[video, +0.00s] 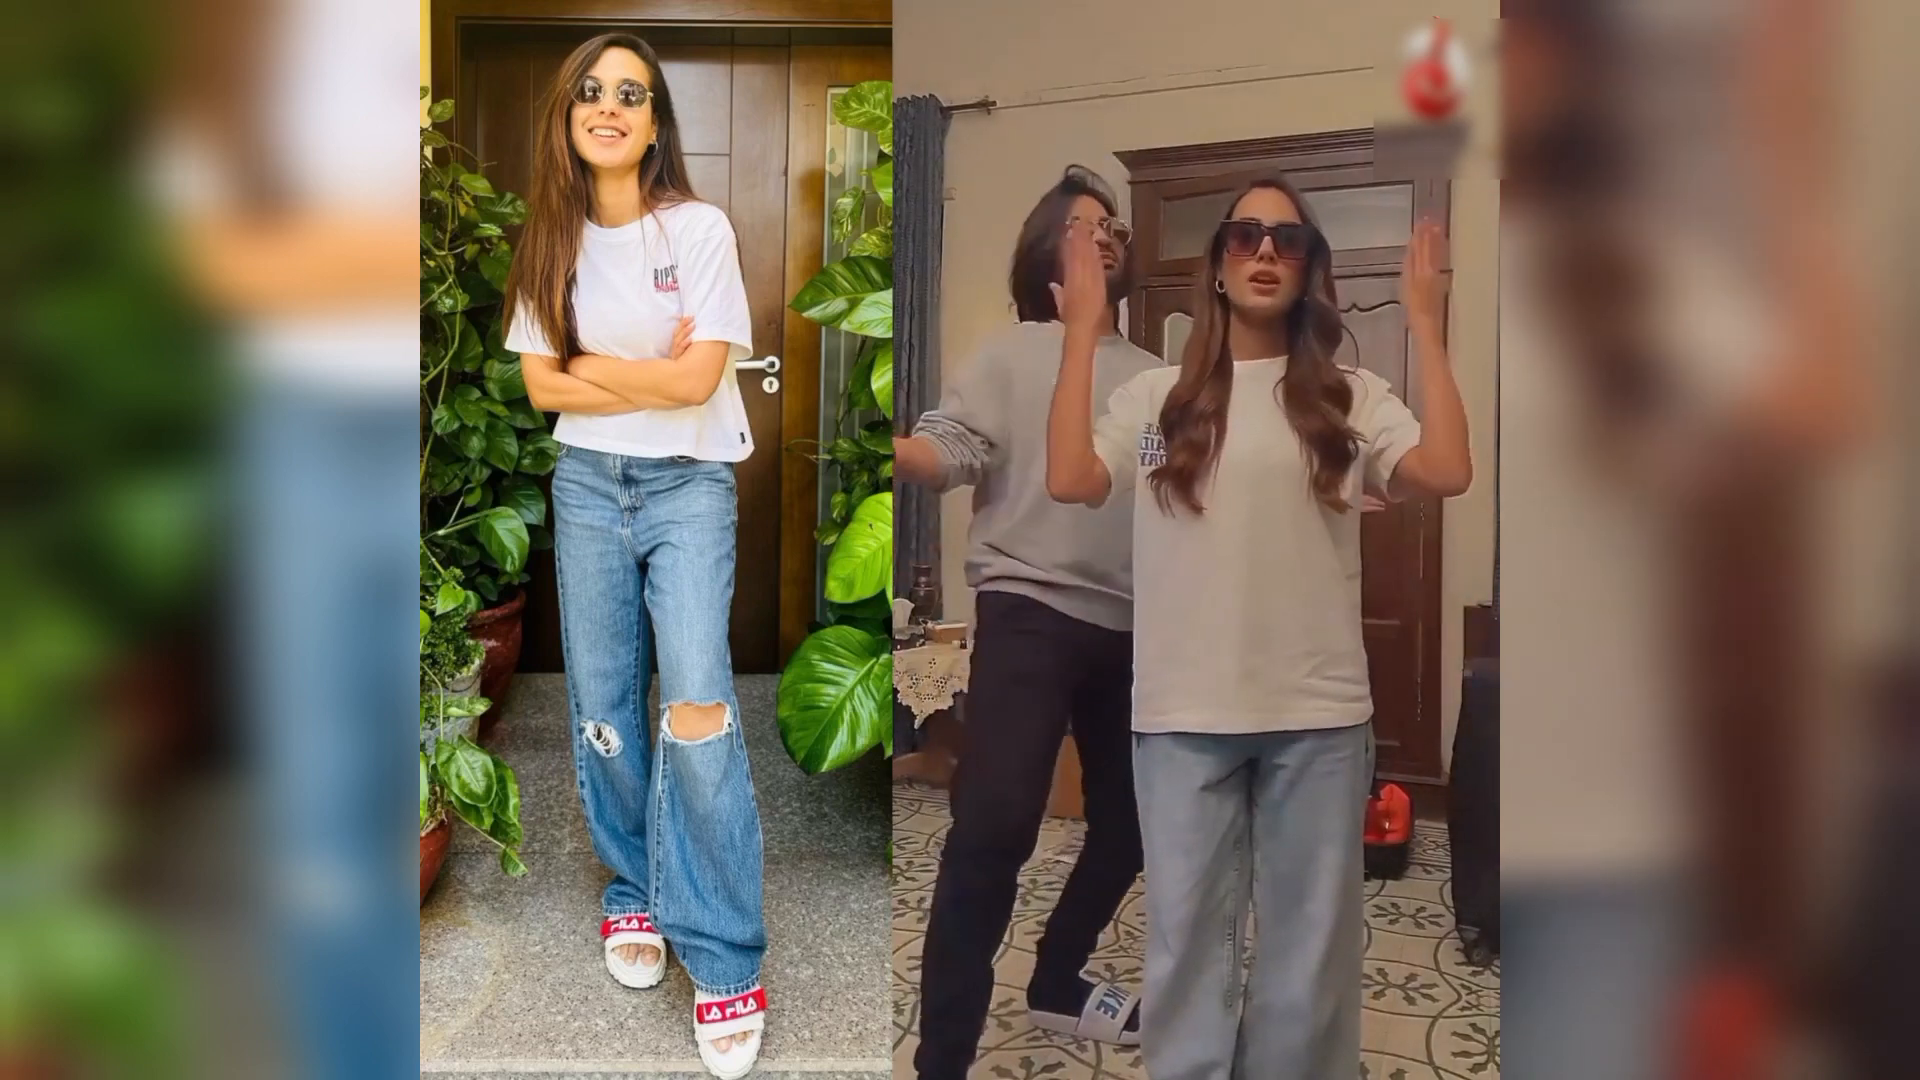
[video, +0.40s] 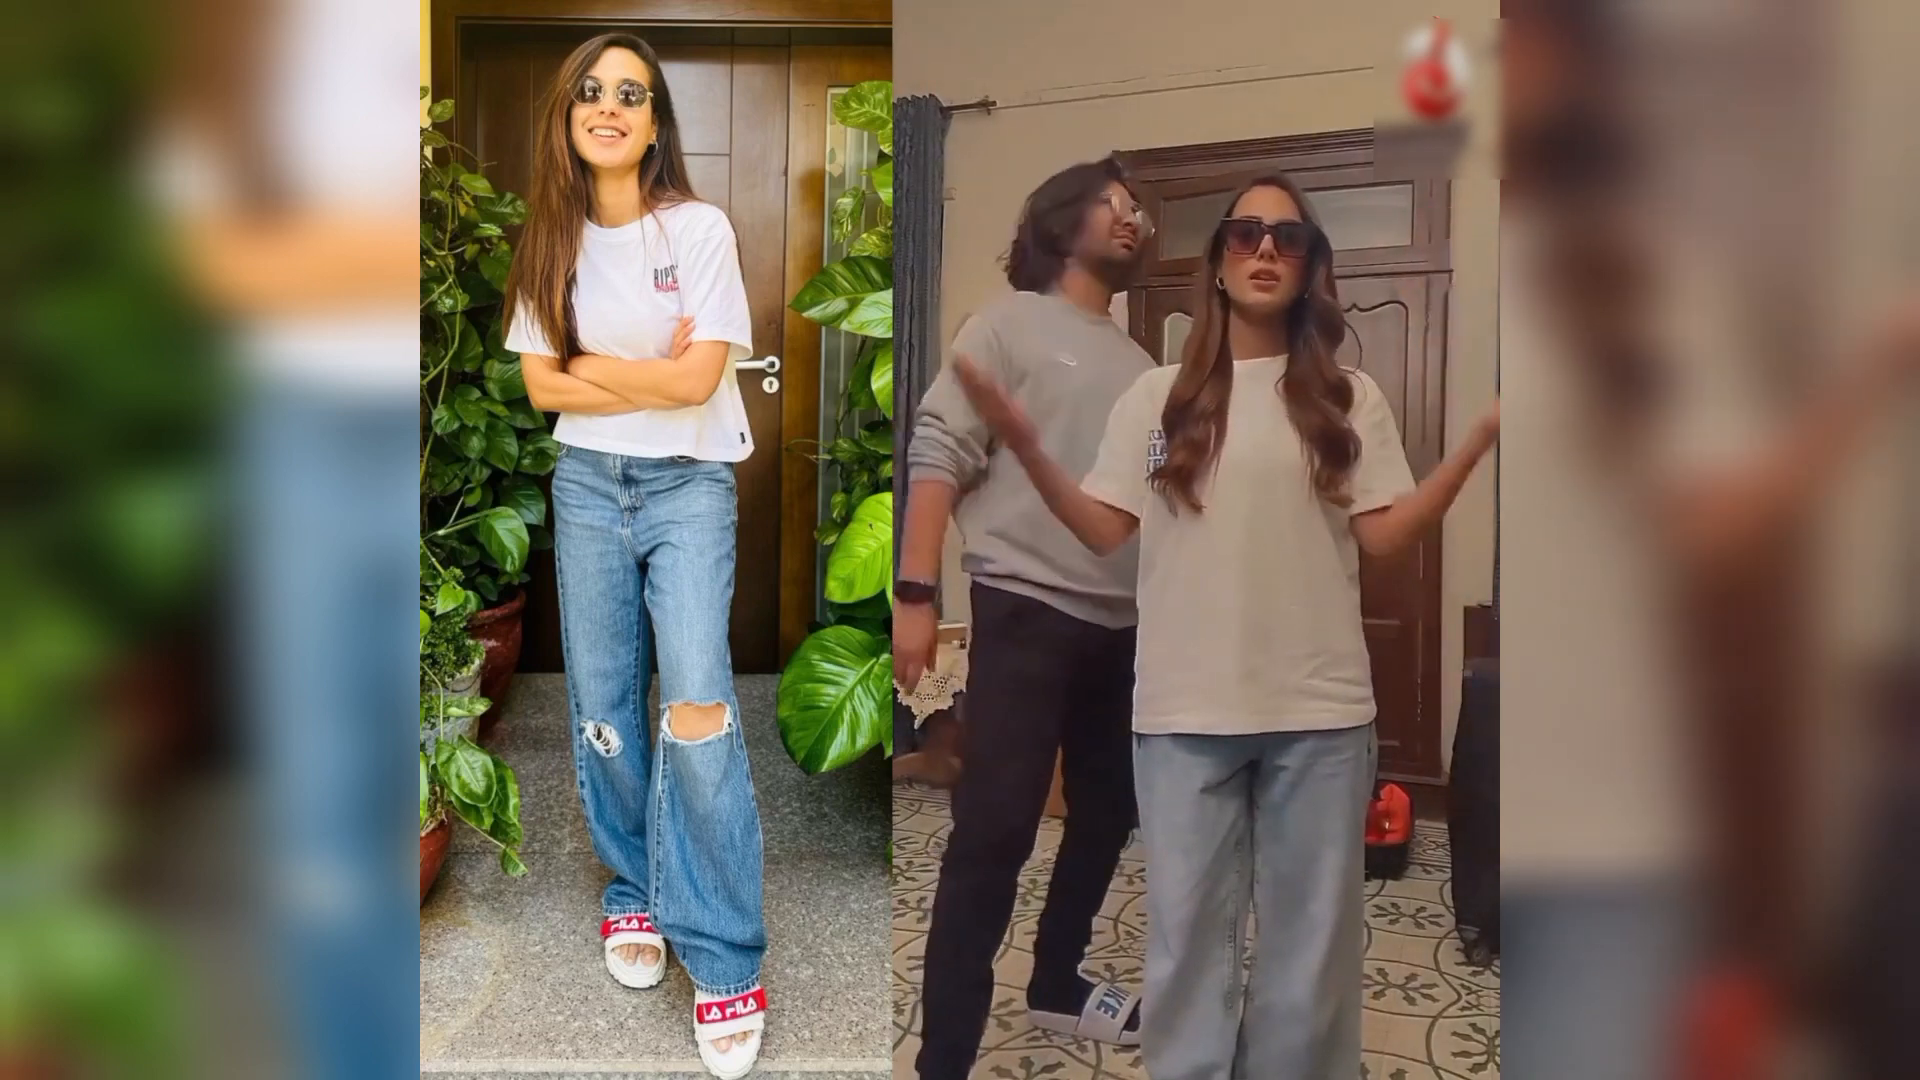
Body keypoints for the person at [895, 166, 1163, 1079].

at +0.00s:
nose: (1103, 242)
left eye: (1112, 232)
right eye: (1083, 230)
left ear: (1125, 258)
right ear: (1043, 255)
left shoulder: (1154, 373)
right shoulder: (1007, 353)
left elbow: (1186, 493)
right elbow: (954, 453)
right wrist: (884, 448)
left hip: (1129, 621)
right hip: (1025, 606)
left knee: (1125, 831)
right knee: (995, 828)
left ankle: (1057, 989)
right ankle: (943, 1062)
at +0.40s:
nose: (1135, 219)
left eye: (1136, 208)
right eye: (1115, 204)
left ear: (1129, 235)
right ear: (1063, 222)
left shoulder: (1136, 356)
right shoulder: (1007, 324)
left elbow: (1159, 493)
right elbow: (937, 454)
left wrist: (1173, 608)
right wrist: (914, 594)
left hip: (1121, 619)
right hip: (1023, 609)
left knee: (1107, 810)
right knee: (994, 831)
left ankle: (1057, 989)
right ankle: (945, 1059)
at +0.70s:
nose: (1135, 232)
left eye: (1137, 221)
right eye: (1120, 216)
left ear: (1126, 244)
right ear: (1065, 224)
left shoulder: (1128, 348)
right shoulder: (998, 311)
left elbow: (1199, 402)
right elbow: (934, 450)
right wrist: (941, 593)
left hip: (1119, 619)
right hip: (1023, 612)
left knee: (1091, 817)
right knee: (999, 838)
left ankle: (1056, 993)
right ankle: (947, 1062)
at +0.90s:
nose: (1131, 237)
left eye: (1132, 225)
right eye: (1118, 223)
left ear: (1093, 247)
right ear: (1070, 232)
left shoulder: (1123, 351)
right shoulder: (989, 320)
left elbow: (1205, 393)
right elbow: (939, 461)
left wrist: (1184, 270)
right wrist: (949, 602)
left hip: (1122, 620)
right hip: (1026, 612)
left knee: (1101, 817)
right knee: (1007, 836)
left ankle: (1056, 994)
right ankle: (950, 1060)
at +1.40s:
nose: (1114, 237)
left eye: (1129, 231)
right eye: (1099, 219)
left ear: (1135, 259)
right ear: (1054, 230)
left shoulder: (1147, 345)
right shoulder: (994, 322)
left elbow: (1229, 329)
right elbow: (939, 455)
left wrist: (1184, 229)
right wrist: (952, 598)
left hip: (1128, 617)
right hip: (1024, 606)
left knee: (1110, 813)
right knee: (1004, 829)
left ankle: (1056, 991)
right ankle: (944, 1060)